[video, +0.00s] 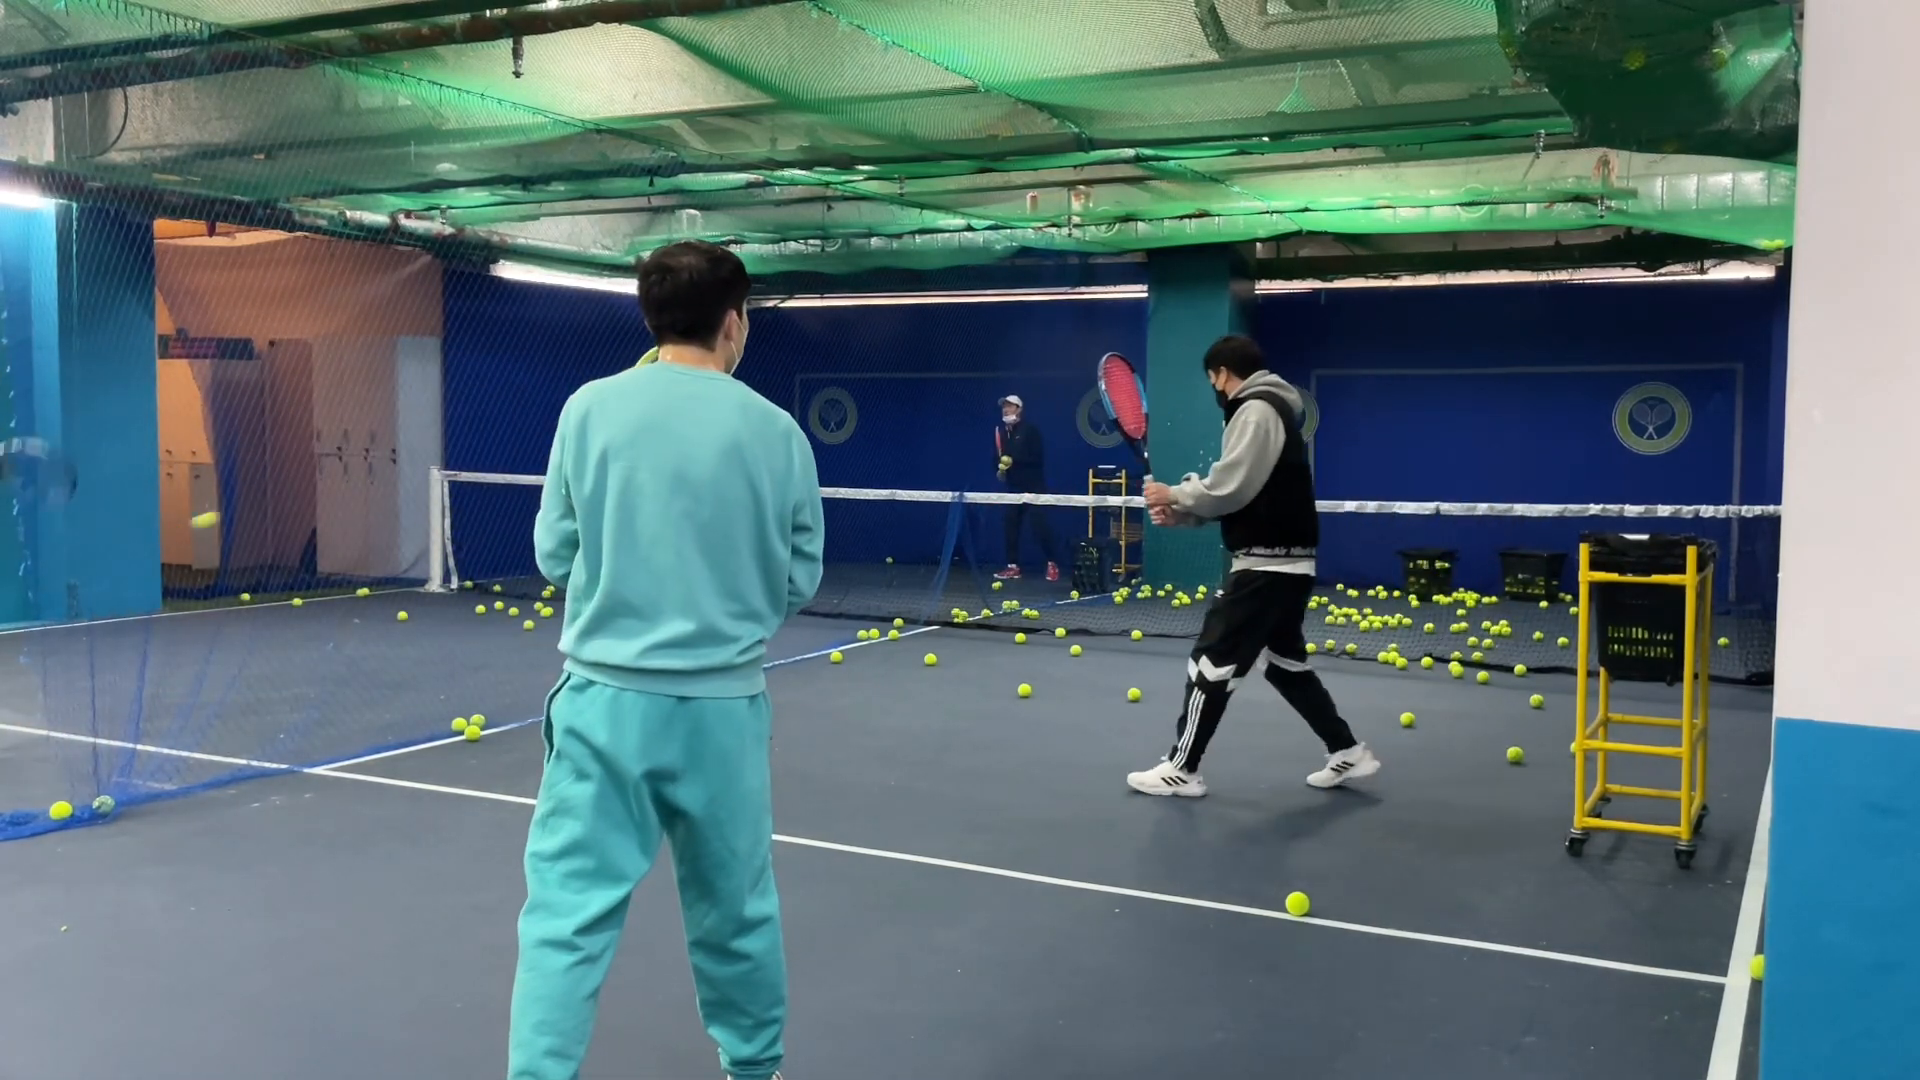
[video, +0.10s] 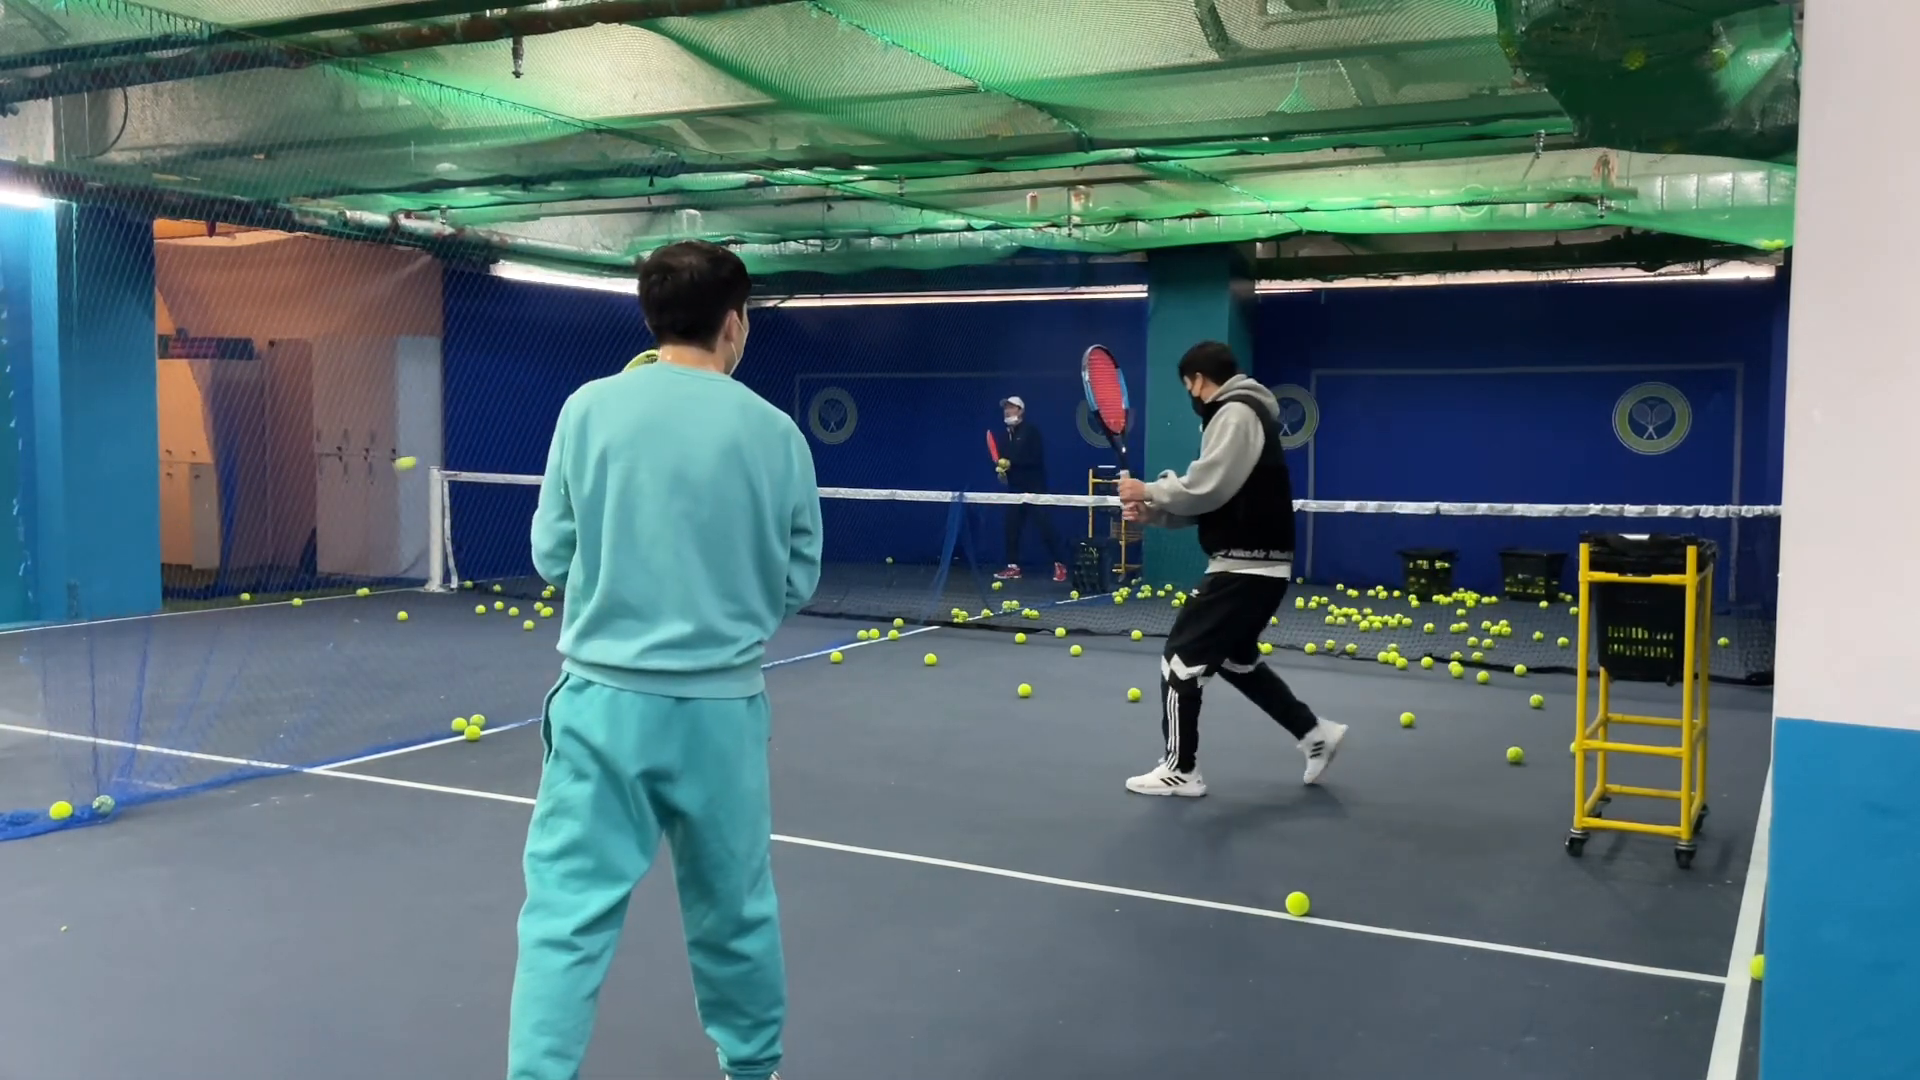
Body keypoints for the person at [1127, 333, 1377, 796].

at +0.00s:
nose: (1215, 390)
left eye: (1214, 381)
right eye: (1212, 383)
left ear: (1225, 374)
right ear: (1251, 369)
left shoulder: (1255, 410)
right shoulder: (1273, 408)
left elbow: (1231, 485)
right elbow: (1242, 493)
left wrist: (1178, 494)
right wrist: (1183, 509)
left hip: (1264, 566)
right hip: (1290, 565)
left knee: (1213, 665)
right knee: (1285, 666)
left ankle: (1182, 769)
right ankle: (1348, 752)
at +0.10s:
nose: (1190, 395)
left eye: (1189, 386)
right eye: (1188, 387)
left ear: (1200, 380)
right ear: (1225, 374)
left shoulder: (1235, 414)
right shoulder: (1243, 411)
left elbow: (1208, 485)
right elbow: (1213, 499)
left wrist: (1151, 491)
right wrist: (1157, 512)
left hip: (1245, 568)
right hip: (1259, 568)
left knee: (1182, 658)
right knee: (1236, 660)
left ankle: (1179, 770)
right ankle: (1316, 734)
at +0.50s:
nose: (1129, 405)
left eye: (1125, 395)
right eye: (1124, 398)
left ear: (1135, 383)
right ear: (1153, 380)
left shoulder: (1190, 403)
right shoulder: (1162, 421)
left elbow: (1175, 461)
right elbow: (1143, 492)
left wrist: (1111, 460)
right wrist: (1105, 486)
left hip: (1210, 553)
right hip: (1192, 553)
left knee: (1162, 655)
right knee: (1157, 649)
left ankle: (1180, 770)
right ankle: (1173, 735)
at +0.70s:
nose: (1112, 406)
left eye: (1109, 398)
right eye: (1109, 400)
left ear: (1121, 388)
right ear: (1131, 385)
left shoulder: (1184, 405)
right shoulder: (1140, 432)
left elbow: (1181, 457)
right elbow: (1114, 495)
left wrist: (1126, 450)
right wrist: (1105, 472)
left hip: (1199, 551)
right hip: (1174, 553)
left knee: (1157, 658)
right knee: (1147, 651)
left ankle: (1180, 769)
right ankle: (1170, 734)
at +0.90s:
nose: (1106, 415)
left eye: (1106, 405)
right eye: (1103, 409)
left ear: (1122, 394)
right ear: (1125, 398)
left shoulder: (1182, 413)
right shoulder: (1125, 444)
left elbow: (1196, 466)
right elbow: (1110, 498)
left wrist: (1149, 463)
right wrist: (1122, 476)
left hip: (1191, 552)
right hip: (1162, 556)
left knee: (1144, 652)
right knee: (1132, 642)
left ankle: (1179, 762)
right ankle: (1167, 734)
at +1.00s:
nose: (1110, 415)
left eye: (1111, 405)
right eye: (1108, 408)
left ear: (1129, 395)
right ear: (1131, 398)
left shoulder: (1173, 417)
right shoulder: (1137, 437)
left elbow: (1189, 482)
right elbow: (1114, 474)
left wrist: (1132, 501)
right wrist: (1104, 496)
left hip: (1183, 554)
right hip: (1160, 555)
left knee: (1135, 652)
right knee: (1133, 649)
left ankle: (1172, 751)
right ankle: (1162, 735)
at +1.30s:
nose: (1117, 393)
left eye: (1117, 386)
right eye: (1116, 387)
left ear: (1131, 380)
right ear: (1161, 374)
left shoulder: (1121, 425)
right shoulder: (1204, 415)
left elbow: (1116, 490)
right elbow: (1212, 468)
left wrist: (1142, 508)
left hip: (1149, 556)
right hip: (1198, 554)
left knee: (1134, 646)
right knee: (1174, 645)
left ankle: (1151, 729)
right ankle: (1171, 735)